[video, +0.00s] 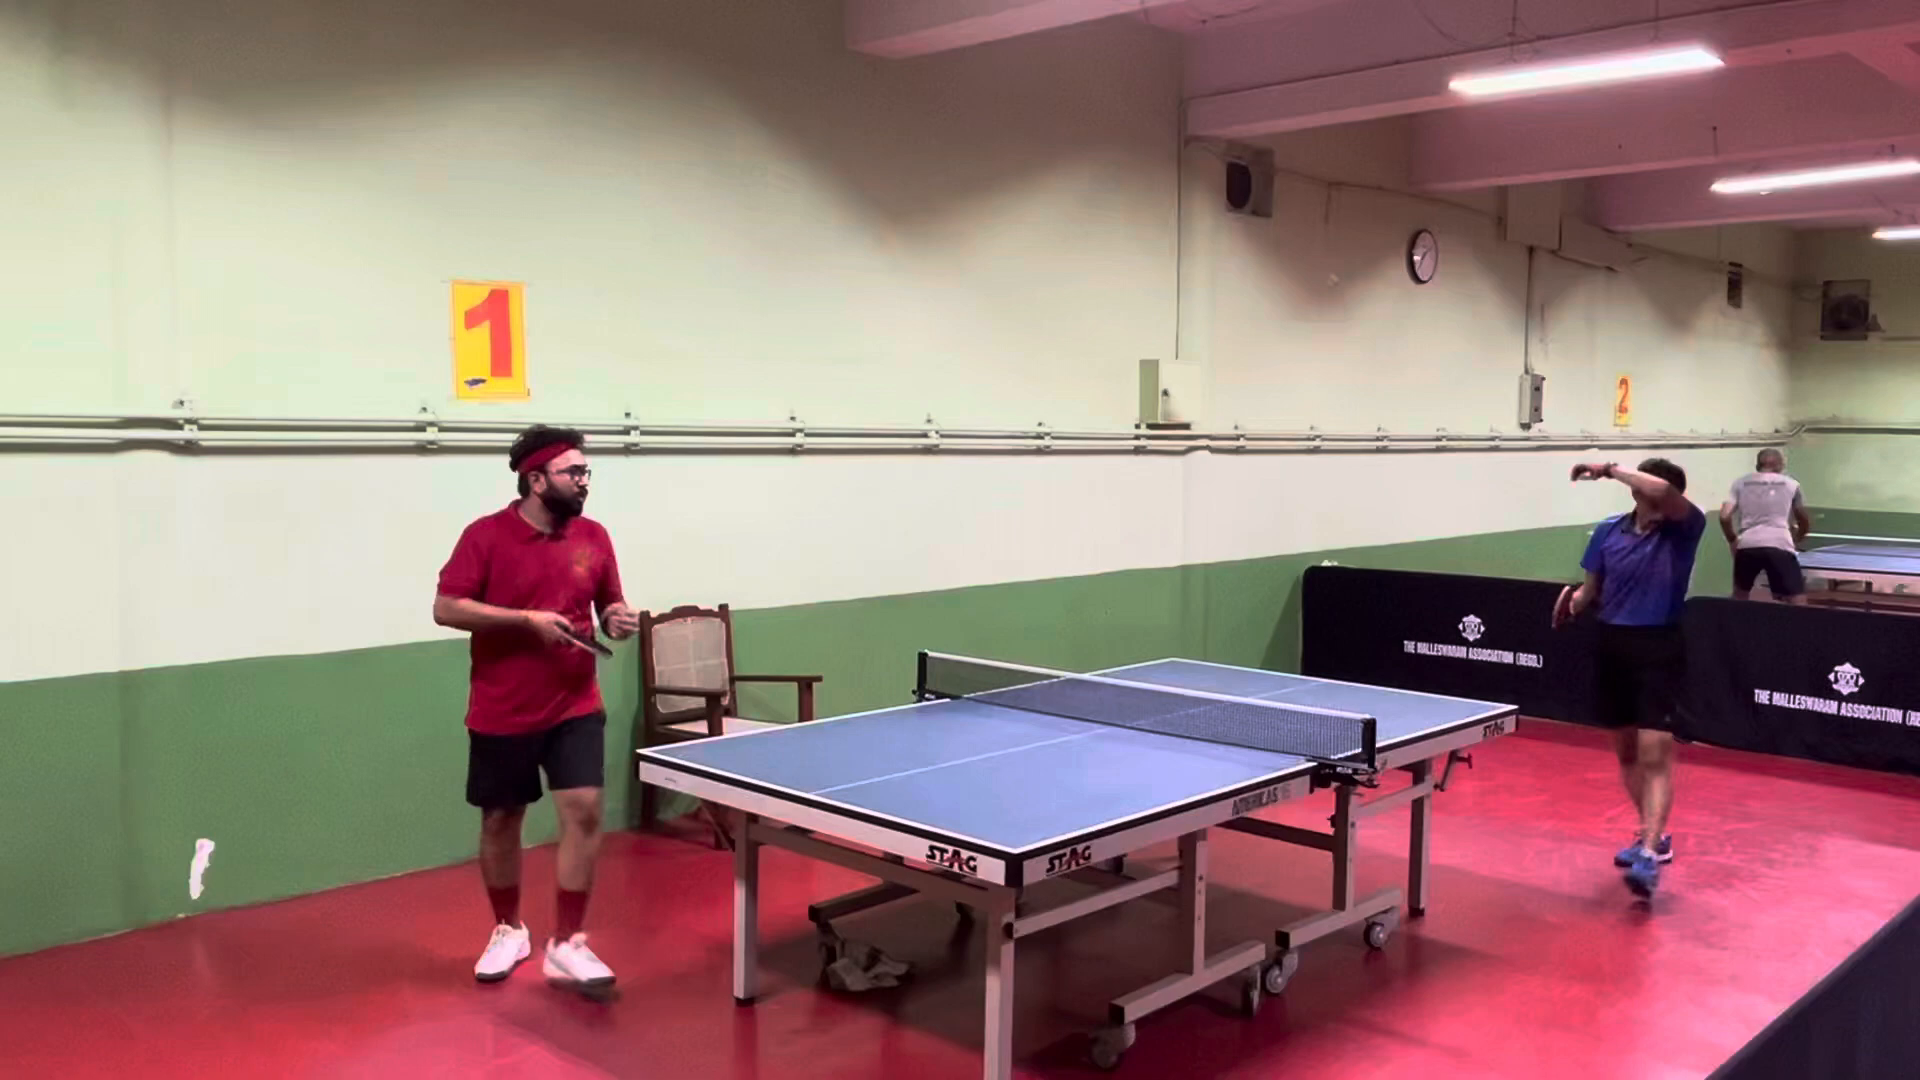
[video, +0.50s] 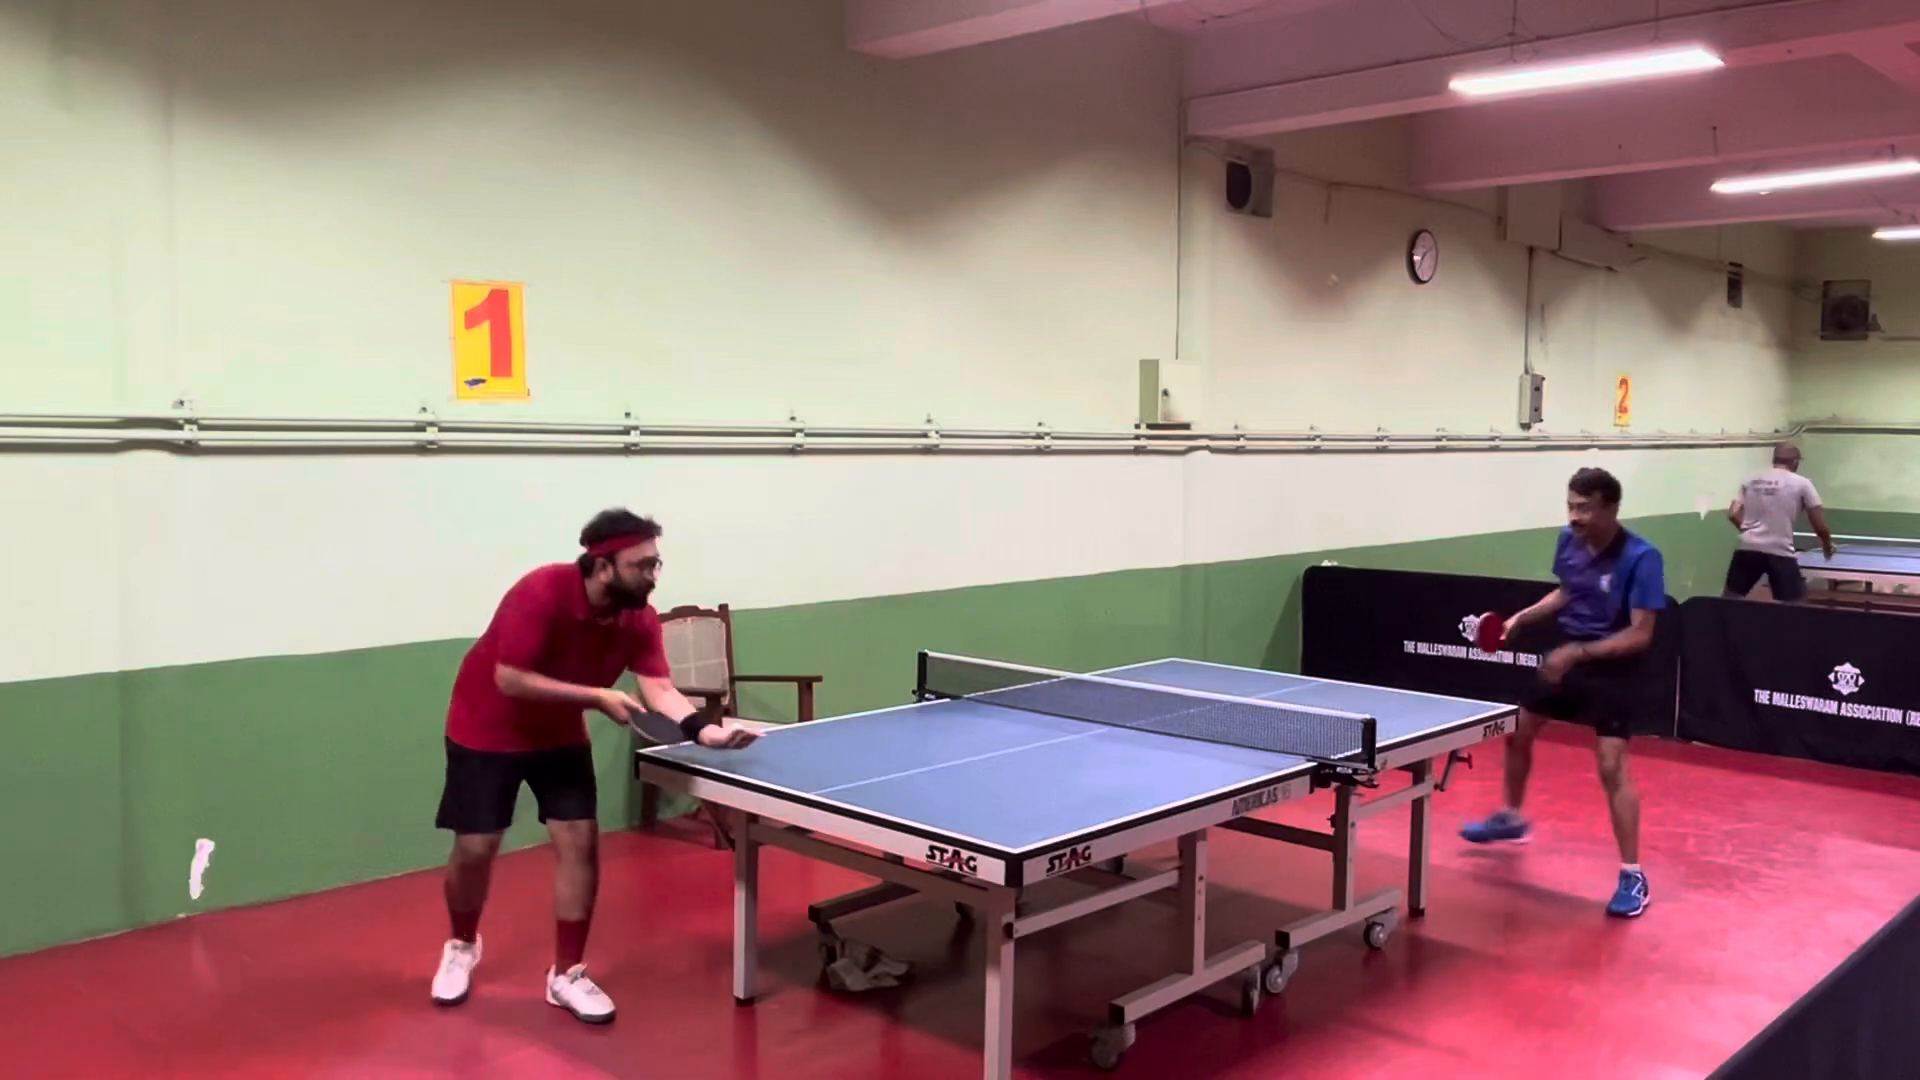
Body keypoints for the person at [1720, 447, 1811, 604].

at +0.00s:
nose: (1782, 468)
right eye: (1781, 465)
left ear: (1757, 466)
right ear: (1781, 466)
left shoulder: (1741, 483)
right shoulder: (1791, 485)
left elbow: (1724, 517)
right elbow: (1804, 522)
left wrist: (1733, 542)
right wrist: (1794, 541)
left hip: (1748, 547)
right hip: (1780, 546)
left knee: (1739, 599)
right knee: (1798, 604)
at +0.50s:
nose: (1798, 464)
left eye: (1798, 460)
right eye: (1798, 460)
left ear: (1774, 460)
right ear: (1795, 461)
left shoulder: (1751, 480)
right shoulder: (1802, 483)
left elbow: (1734, 514)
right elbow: (1820, 528)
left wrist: (1749, 531)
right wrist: (1827, 546)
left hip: (1747, 552)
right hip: (1780, 555)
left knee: (1728, 604)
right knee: (1794, 610)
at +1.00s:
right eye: (1763, 476)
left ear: (1741, 473)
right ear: (1763, 475)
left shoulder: (1719, 487)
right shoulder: (1769, 489)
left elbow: (1701, 519)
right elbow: (1788, 530)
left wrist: (1720, 535)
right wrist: (1779, 538)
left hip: (1721, 554)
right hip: (1753, 554)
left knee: (1717, 606)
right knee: (1770, 606)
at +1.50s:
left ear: (1728, 470)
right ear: (1751, 473)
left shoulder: (1712, 484)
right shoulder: (1761, 491)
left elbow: (1698, 512)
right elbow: (1762, 523)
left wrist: (1698, 541)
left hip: (1721, 546)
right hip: (1755, 546)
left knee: (1710, 596)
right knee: (1775, 597)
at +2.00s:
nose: (1824, 474)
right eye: (1824, 470)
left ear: (1800, 469)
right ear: (1821, 471)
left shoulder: (1776, 486)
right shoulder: (1828, 493)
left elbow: (1757, 518)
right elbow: (1838, 544)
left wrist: (1761, 541)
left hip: (1768, 553)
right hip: (1803, 557)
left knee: (1744, 604)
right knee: (1829, 607)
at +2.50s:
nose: (1849, 485)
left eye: (1852, 481)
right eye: (1851, 479)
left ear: (1830, 466)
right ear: (1843, 472)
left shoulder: (1796, 480)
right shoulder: (1831, 486)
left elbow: (1775, 514)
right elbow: (1823, 522)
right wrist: (1859, 534)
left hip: (1779, 554)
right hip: (1809, 555)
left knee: (1763, 604)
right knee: (1842, 600)